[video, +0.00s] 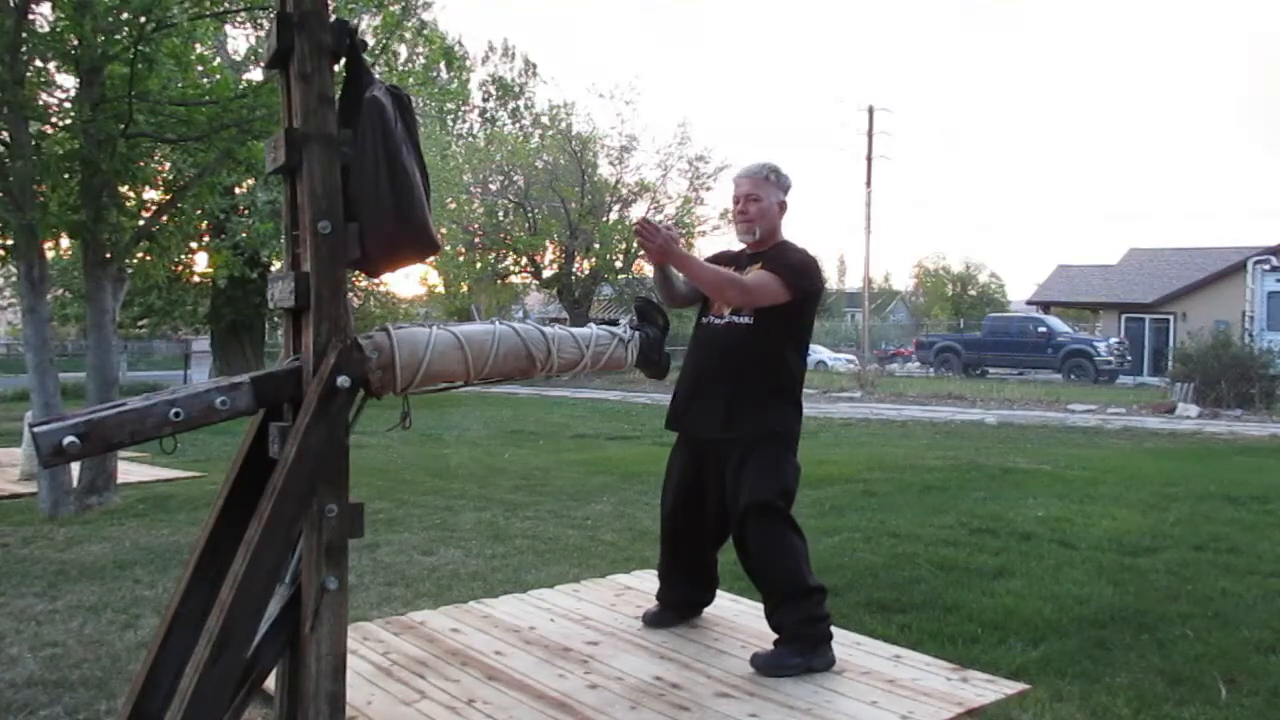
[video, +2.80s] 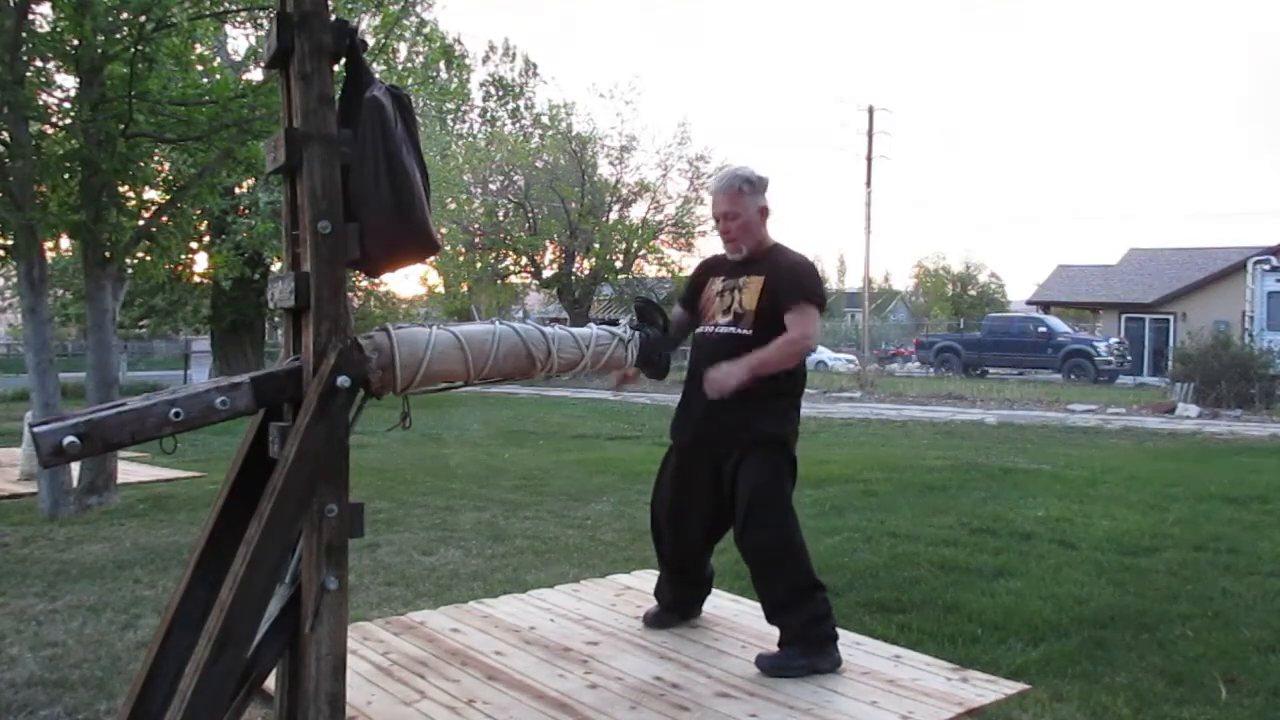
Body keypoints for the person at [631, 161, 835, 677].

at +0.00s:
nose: (744, 209)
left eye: (754, 200)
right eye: (738, 201)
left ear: (781, 204)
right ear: (732, 209)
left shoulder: (797, 266)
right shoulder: (720, 263)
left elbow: (740, 292)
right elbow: (674, 295)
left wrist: (678, 257)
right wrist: (660, 261)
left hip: (762, 425)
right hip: (702, 419)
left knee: (762, 524)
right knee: (684, 513)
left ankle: (807, 640)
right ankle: (682, 599)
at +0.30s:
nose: (719, 225)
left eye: (728, 214)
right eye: (712, 216)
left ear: (758, 209)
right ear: (708, 215)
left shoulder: (789, 267)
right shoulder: (710, 271)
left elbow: (767, 324)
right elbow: (672, 312)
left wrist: (708, 286)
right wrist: (645, 302)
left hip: (766, 428)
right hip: (706, 422)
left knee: (763, 522)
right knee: (682, 511)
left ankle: (807, 640)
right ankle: (682, 599)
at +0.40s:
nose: (697, 239)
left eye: (703, 227)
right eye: (691, 230)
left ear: (733, 215)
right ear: (690, 227)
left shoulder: (777, 267)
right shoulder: (700, 276)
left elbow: (794, 339)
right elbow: (677, 327)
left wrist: (729, 350)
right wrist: (650, 332)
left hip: (770, 428)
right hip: (711, 425)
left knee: (768, 522)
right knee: (687, 511)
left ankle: (807, 641)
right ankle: (682, 600)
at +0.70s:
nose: (671, 257)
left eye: (676, 246)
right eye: (665, 248)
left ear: (707, 230)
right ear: (667, 239)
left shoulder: (760, 269)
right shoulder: (686, 279)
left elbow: (798, 341)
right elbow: (698, 343)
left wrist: (771, 406)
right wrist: (694, 392)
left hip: (771, 416)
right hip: (719, 417)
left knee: (783, 521)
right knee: (693, 508)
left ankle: (813, 641)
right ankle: (681, 599)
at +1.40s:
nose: (709, 228)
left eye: (718, 218)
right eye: (705, 219)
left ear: (751, 216)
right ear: (703, 219)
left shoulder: (786, 271)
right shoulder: (701, 278)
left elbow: (793, 339)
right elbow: (682, 329)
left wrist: (739, 373)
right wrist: (669, 339)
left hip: (769, 430)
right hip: (707, 428)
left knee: (764, 517)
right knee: (678, 508)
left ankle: (812, 642)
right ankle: (681, 596)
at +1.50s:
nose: (717, 222)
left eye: (728, 212)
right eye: (714, 212)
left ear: (761, 213)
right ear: (713, 213)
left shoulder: (793, 271)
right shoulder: (708, 275)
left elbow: (789, 327)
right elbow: (678, 330)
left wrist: (715, 317)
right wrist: (679, 312)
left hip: (767, 433)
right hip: (705, 428)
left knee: (763, 519)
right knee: (676, 512)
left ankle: (813, 643)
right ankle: (682, 595)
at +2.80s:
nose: (725, 226)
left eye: (735, 216)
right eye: (719, 217)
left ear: (764, 212)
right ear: (714, 217)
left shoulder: (792, 270)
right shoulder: (708, 272)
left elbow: (803, 336)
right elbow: (675, 325)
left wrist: (742, 367)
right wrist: (642, 357)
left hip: (762, 425)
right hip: (701, 419)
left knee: (764, 522)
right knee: (676, 509)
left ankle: (812, 642)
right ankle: (681, 599)